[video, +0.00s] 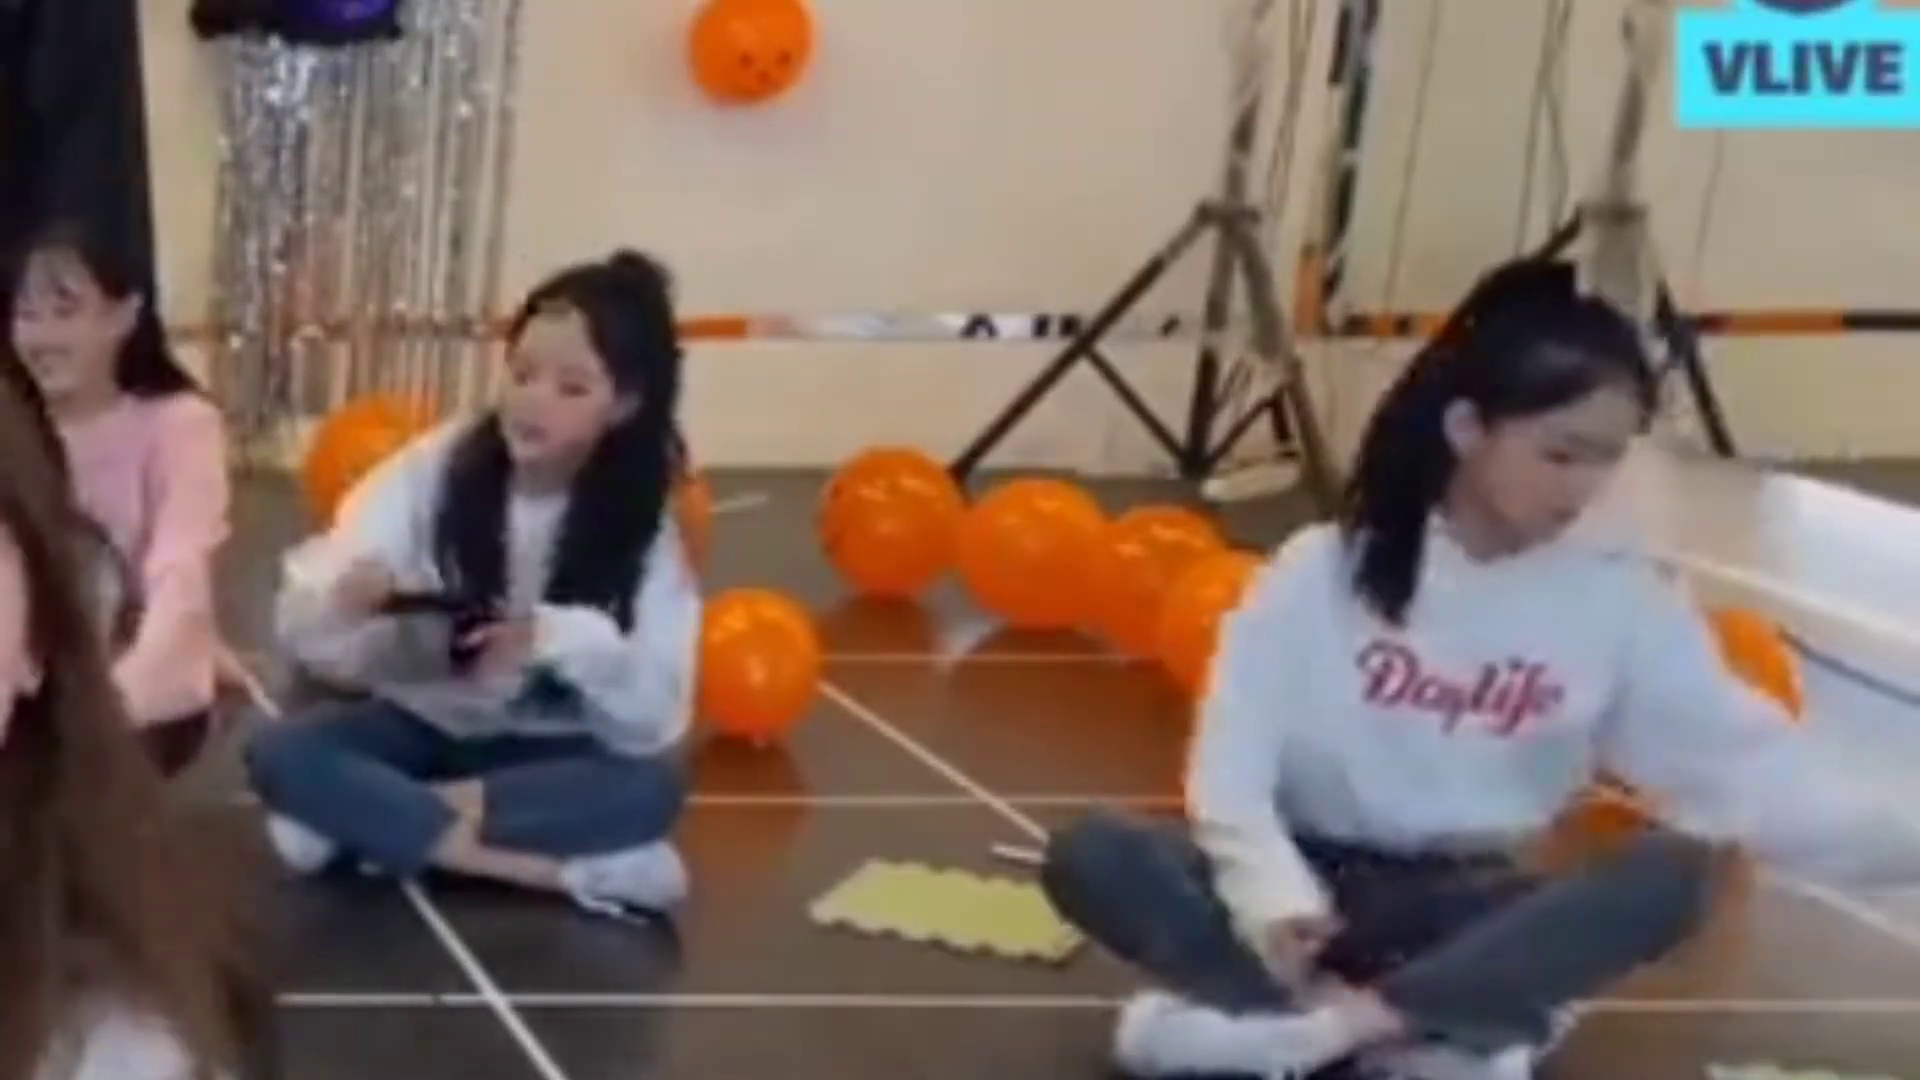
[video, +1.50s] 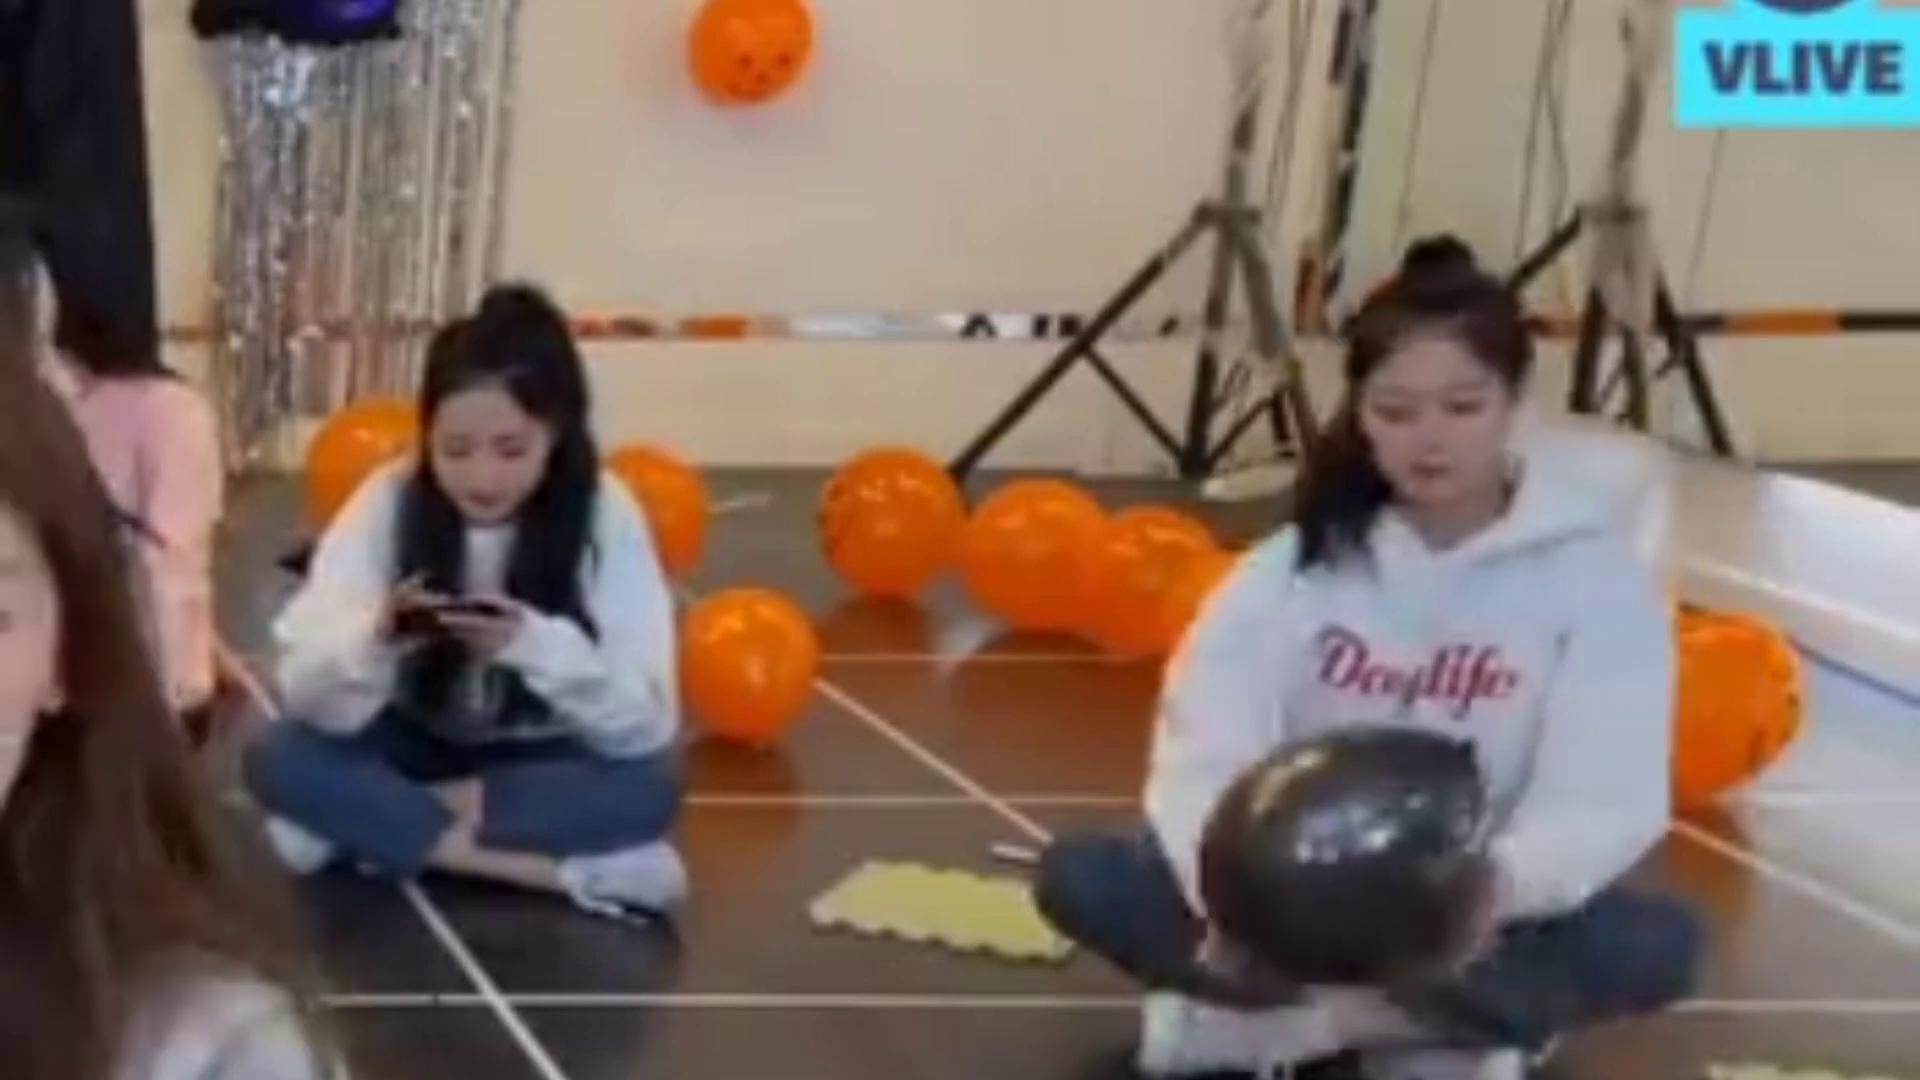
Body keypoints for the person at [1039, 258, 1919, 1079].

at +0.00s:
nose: (1585, 491)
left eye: (1609, 464)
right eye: (1563, 457)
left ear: (1629, 454)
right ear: (1464, 427)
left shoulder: (1619, 603)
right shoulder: (1319, 571)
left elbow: (1751, 773)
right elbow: (1229, 770)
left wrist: (1902, 829)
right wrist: (1286, 917)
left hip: (1469, 906)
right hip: (1300, 882)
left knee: (1670, 879)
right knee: (1086, 851)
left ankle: (1310, 1038)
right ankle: (1399, 1044)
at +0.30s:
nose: (1658, 558)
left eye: (1684, 526)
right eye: (1627, 519)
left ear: (1705, 525)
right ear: (1528, 501)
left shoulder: (1692, 694)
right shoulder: (1379, 633)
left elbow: (1851, 846)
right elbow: (1246, 795)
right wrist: (1267, 947)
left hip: (1480, 932)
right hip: (1314, 893)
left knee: (1683, 921)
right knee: (1084, 861)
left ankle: (1321, 1034)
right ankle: (1408, 1043)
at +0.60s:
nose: (1710, 647)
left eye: (1742, 619)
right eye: (1685, 608)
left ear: (1770, 607)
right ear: (1593, 568)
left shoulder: (1750, 750)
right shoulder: (1450, 663)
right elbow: (1269, 799)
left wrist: (1771, 928)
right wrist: (1269, 971)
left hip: (1508, 951)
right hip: (1354, 890)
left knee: (1674, 948)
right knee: (1098, 852)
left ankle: (1323, 1028)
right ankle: (1401, 1046)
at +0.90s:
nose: (1632, 574)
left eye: (1667, 541)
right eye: (1600, 534)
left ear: (1704, 529)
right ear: (1533, 503)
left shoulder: (1715, 679)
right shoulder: (1399, 631)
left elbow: (1777, 884)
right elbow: (1282, 834)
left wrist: (1732, 1003)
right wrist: (1334, 992)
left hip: (1511, 927)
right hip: (1352, 899)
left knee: (1665, 951)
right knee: (1086, 860)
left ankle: (1286, 1043)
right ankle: (1407, 1038)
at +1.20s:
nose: (1392, 469)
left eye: (1427, 439)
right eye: (1360, 441)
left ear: (1483, 447)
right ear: (1322, 453)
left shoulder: (1554, 613)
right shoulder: (1257, 606)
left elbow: (1562, 827)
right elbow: (1217, 794)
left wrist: (1466, 957)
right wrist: (1238, 955)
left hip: (1464, 891)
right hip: (1288, 883)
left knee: (1660, 942)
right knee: (1074, 882)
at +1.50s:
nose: (1427, 442)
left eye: (1463, 409)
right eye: (1395, 413)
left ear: (1516, 402)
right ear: (1358, 415)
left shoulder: (1595, 580)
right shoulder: (1287, 572)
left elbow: (1612, 798)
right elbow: (1197, 755)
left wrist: (1489, 890)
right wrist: (1244, 901)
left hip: (1482, 889)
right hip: (1295, 866)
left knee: (1659, 942)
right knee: (1079, 874)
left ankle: (1288, 1025)